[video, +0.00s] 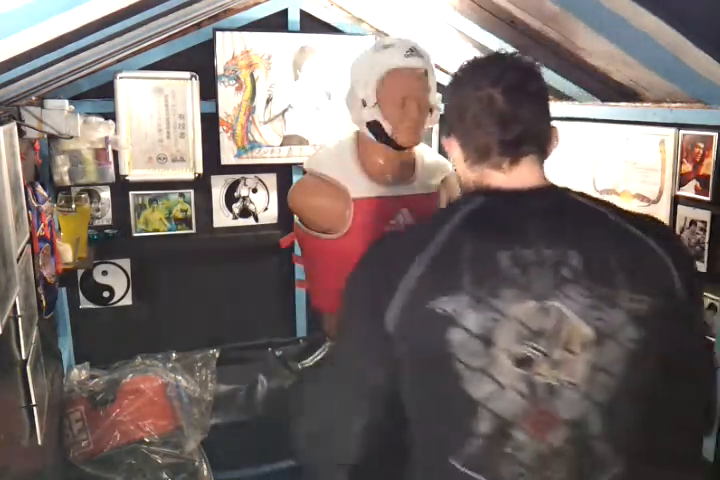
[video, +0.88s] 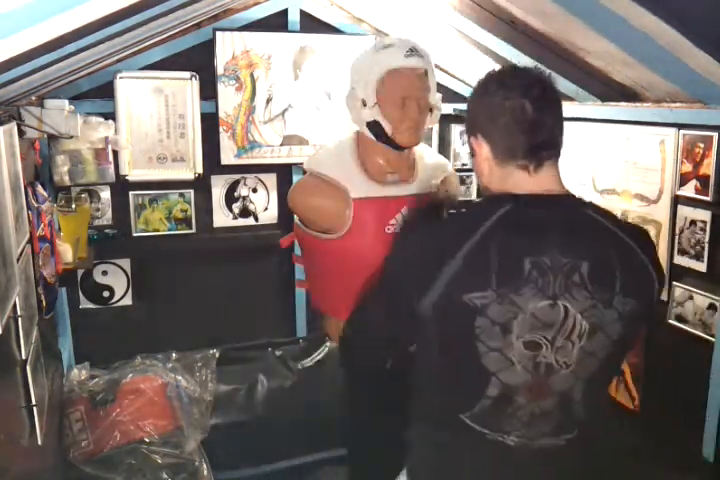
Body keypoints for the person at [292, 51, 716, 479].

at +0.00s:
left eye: (437, 132)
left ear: (451, 147)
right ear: (551, 139)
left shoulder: (396, 265)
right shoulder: (655, 249)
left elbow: (336, 445)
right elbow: (689, 423)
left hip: (453, 470)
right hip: (618, 472)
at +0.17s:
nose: (436, 133)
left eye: (436, 122)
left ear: (449, 136)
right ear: (548, 133)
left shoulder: (387, 245)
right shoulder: (638, 241)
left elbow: (326, 385)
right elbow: (658, 403)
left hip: (439, 467)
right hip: (591, 469)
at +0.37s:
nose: (463, 134)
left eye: (464, 123)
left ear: (474, 134)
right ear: (565, 129)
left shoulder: (427, 237)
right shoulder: (647, 231)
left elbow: (358, 378)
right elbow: (672, 389)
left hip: (466, 460)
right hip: (603, 462)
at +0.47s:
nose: (480, 146)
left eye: (480, 132)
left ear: (491, 139)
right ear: (575, 130)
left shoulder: (463, 241)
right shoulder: (659, 237)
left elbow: (396, 398)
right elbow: (677, 396)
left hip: (487, 464)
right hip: (624, 465)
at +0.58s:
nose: (491, 150)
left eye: (491, 137)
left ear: (500, 140)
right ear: (583, 133)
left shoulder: (474, 242)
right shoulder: (661, 239)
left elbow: (421, 412)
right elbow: (670, 397)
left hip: (501, 464)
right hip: (624, 464)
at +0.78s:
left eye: (474, 139)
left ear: (485, 149)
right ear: (565, 140)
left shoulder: (448, 231)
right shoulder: (636, 234)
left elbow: (371, 373)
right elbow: (635, 351)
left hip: (465, 458)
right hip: (590, 458)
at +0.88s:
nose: (471, 155)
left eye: (469, 143)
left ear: (479, 150)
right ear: (557, 141)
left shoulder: (438, 235)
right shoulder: (631, 249)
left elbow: (363, 350)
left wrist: (377, 463)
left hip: (452, 461)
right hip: (574, 463)